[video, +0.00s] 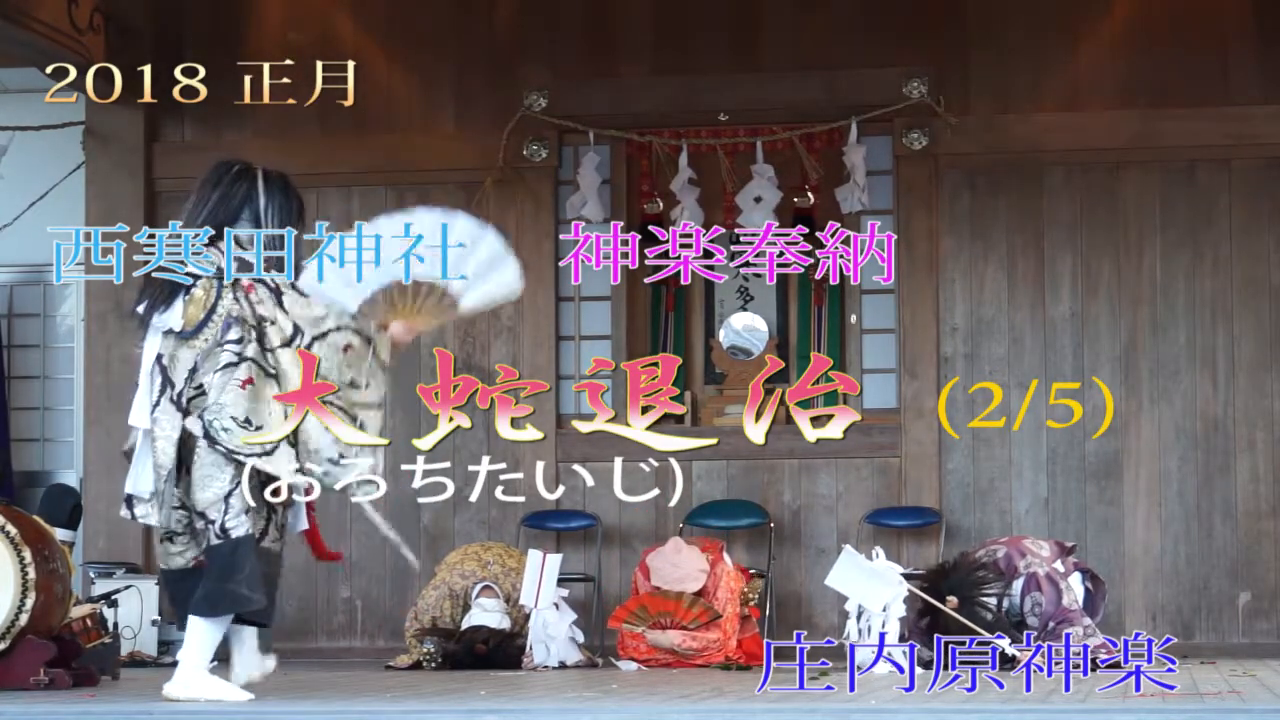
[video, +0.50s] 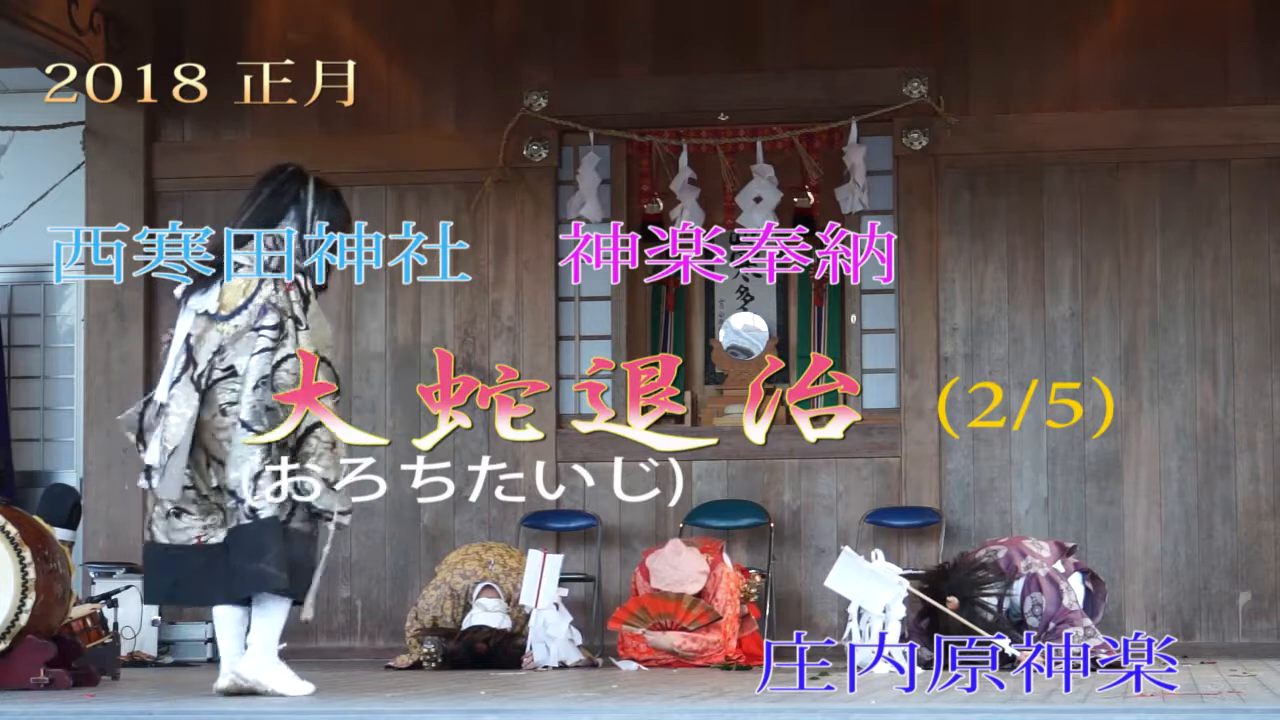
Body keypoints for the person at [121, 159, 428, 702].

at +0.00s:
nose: (290, 240)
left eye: (289, 228)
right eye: (286, 227)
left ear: (213, 214)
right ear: (262, 225)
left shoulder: (190, 285)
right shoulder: (234, 295)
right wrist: (385, 339)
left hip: (184, 441)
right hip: (223, 444)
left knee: (243, 545)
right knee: (233, 551)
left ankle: (246, 656)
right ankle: (192, 671)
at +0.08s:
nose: (300, 243)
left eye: (297, 230)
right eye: (292, 229)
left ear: (227, 220)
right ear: (266, 227)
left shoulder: (264, 292)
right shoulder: (231, 298)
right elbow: (235, 396)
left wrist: (349, 357)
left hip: (238, 447)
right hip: (209, 450)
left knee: (254, 546)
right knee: (231, 547)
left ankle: (230, 664)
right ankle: (191, 669)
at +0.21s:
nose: (312, 254)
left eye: (313, 238)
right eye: (307, 237)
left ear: (237, 226)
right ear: (280, 236)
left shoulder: (213, 293)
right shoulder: (253, 300)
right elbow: (236, 389)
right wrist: (277, 438)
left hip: (214, 443)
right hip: (223, 448)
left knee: (241, 549)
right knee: (240, 551)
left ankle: (227, 654)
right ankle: (211, 652)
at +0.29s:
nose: (329, 261)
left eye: (330, 246)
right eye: (323, 244)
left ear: (260, 231)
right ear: (293, 240)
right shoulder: (256, 303)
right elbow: (240, 393)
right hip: (231, 456)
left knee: (259, 554)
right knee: (267, 555)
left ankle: (227, 649)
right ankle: (223, 643)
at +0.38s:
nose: (327, 254)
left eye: (329, 240)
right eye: (322, 239)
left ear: (261, 225)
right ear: (294, 234)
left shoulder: (214, 295)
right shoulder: (272, 298)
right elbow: (261, 391)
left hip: (211, 443)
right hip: (245, 444)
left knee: (233, 542)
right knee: (299, 536)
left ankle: (232, 662)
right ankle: (241, 644)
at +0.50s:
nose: (328, 253)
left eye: (330, 238)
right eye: (325, 237)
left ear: (257, 216)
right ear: (302, 231)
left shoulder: (208, 290)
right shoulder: (286, 292)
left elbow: (182, 372)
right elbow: (290, 379)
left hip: (206, 428)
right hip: (260, 429)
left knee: (225, 539)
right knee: (283, 535)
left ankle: (231, 664)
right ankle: (263, 655)